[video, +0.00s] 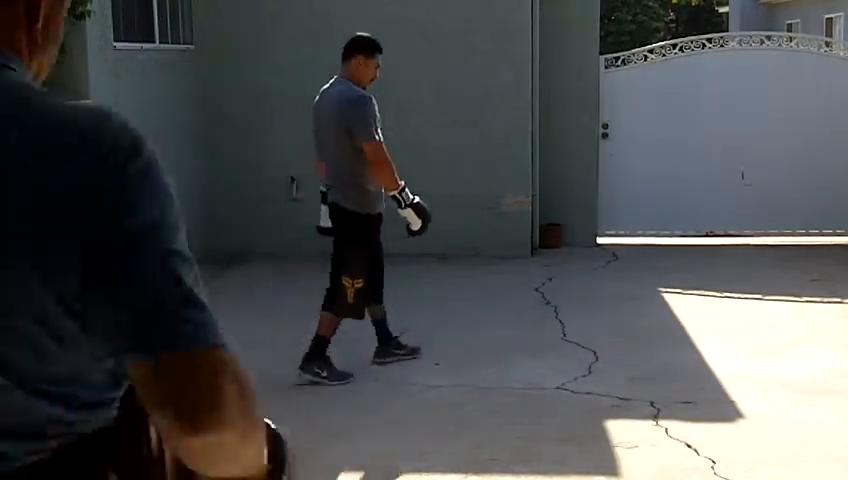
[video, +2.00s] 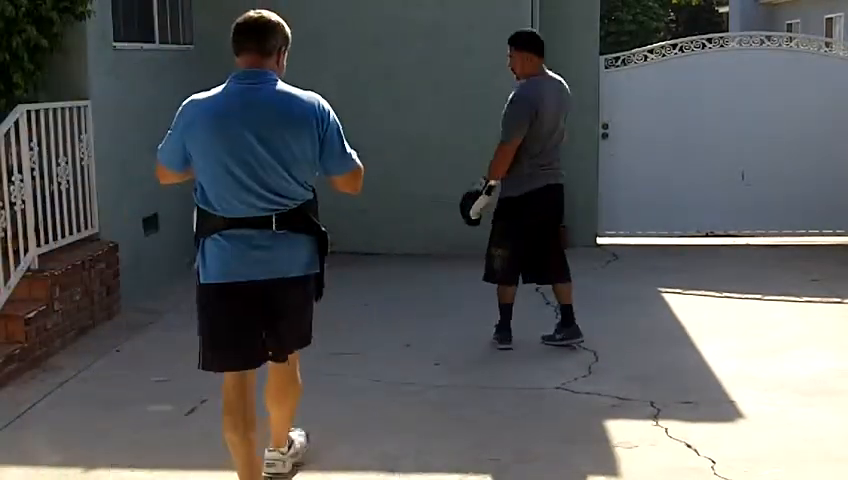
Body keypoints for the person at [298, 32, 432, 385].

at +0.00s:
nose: (377, 73)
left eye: (378, 66)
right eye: (374, 65)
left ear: (351, 62)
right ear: (357, 62)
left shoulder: (327, 96)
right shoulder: (358, 100)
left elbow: (323, 157)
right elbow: (377, 158)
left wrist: (326, 196)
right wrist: (406, 199)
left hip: (345, 204)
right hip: (358, 208)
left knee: (372, 274)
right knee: (345, 282)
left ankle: (386, 341)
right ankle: (315, 358)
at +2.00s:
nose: (509, 62)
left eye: (511, 56)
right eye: (509, 56)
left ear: (526, 57)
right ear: (537, 57)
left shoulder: (523, 96)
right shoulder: (560, 87)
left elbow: (507, 147)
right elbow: (556, 139)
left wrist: (489, 188)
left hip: (519, 193)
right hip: (551, 190)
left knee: (506, 260)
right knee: (554, 255)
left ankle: (504, 329)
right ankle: (568, 325)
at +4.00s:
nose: (538, 56)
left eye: (544, 50)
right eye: (538, 50)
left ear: (561, 54)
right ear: (550, 56)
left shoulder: (567, 90)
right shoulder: (556, 87)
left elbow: (567, 142)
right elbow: (555, 141)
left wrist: (551, 184)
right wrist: (540, 183)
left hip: (564, 190)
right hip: (552, 189)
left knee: (562, 255)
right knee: (554, 253)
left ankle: (585, 318)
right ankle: (571, 314)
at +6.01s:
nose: (507, 57)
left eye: (513, 52)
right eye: (507, 52)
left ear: (531, 58)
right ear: (512, 58)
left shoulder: (541, 95)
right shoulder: (511, 91)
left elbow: (543, 147)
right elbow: (511, 133)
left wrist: (501, 150)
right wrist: (492, 140)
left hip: (539, 188)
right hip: (520, 186)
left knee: (536, 249)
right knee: (522, 246)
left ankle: (536, 314)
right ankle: (531, 301)